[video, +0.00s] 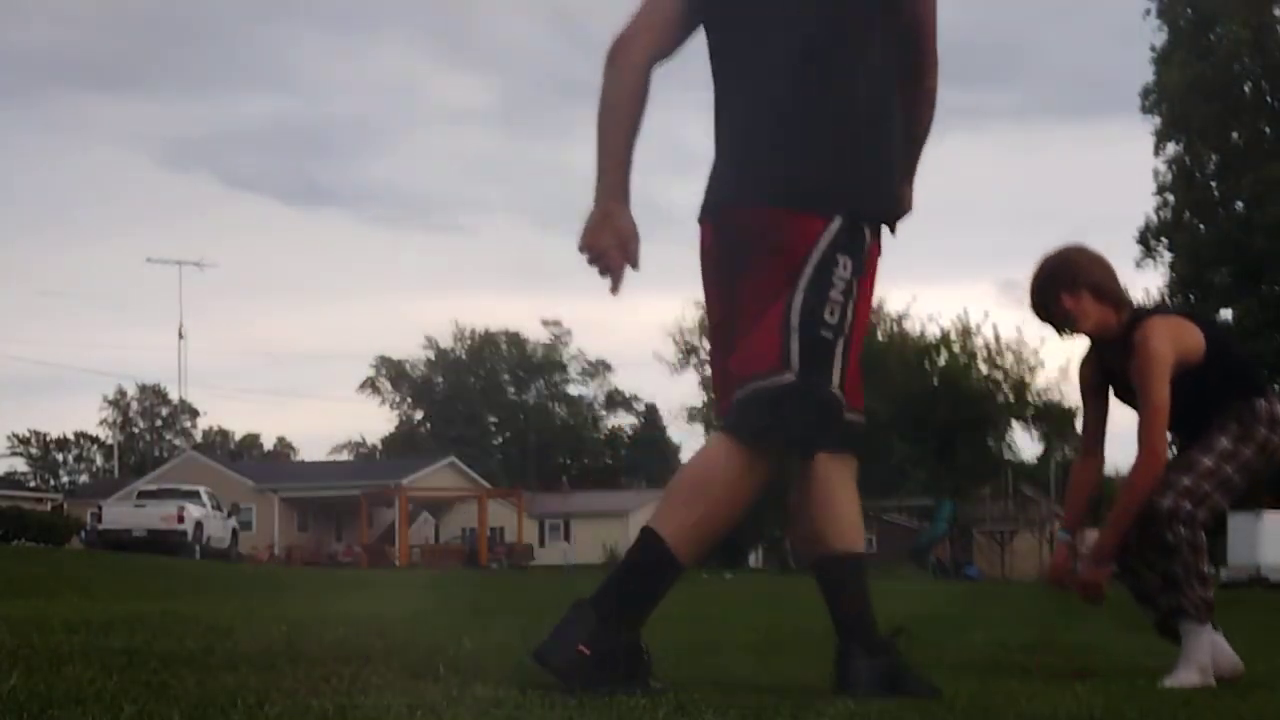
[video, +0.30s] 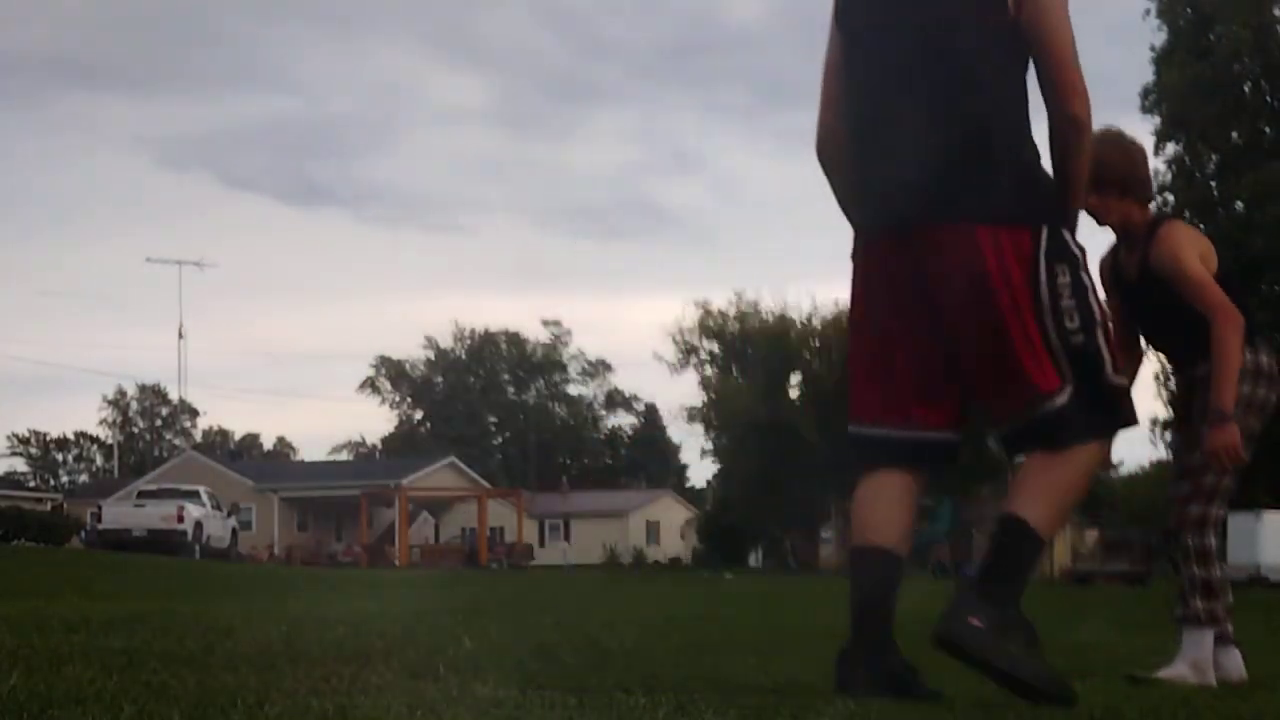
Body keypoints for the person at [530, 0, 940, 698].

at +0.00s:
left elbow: (630, 50)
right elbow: (921, 71)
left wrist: (610, 201)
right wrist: (900, 176)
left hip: (742, 195)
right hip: (832, 200)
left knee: (826, 433)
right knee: (760, 429)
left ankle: (863, 653)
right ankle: (601, 630)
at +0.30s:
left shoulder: (855, 8)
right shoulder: (1023, 0)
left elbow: (830, 138)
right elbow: (1071, 108)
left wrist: (879, 224)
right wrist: (1062, 220)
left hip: (887, 233)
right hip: (1000, 220)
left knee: (892, 444)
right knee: (1078, 425)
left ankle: (869, 653)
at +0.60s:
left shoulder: (1045, 21)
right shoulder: (1218, 8)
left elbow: (984, 180)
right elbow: (1270, 121)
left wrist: (1031, 270)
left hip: (1074, 271)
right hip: (1199, 264)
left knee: (1006, 466)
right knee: (1263, 477)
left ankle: (906, 634)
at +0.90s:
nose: (1119, 138)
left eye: (1121, 124)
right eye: (1115, 127)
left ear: (1148, 117)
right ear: (1147, 117)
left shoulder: (1186, 188)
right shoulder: (1155, 189)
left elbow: (1210, 276)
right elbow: (1169, 284)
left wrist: (1206, 378)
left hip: (1190, 364)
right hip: (1165, 362)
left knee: (1185, 504)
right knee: (1174, 502)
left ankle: (1197, 652)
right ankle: (1212, 641)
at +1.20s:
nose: (1113, 105)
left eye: (1124, 94)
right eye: (1113, 95)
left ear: (1157, 99)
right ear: (1123, 105)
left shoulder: (1178, 175)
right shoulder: (1129, 188)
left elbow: (1213, 268)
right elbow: (1135, 291)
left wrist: (1150, 346)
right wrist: (1108, 367)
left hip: (1183, 352)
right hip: (1136, 357)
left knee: (1187, 495)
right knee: (1091, 499)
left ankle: (1200, 654)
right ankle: (1160, 632)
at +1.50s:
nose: (1101, 94)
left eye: (1114, 86)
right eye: (1088, 85)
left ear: (1131, 101)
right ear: (1067, 102)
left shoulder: (1144, 172)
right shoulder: (1057, 197)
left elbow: (1198, 264)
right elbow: (1080, 290)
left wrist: (1196, 358)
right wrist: (1075, 366)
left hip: (1147, 357)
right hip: (1083, 365)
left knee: (1161, 506)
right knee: (1039, 496)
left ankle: (1196, 655)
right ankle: (1043, 649)